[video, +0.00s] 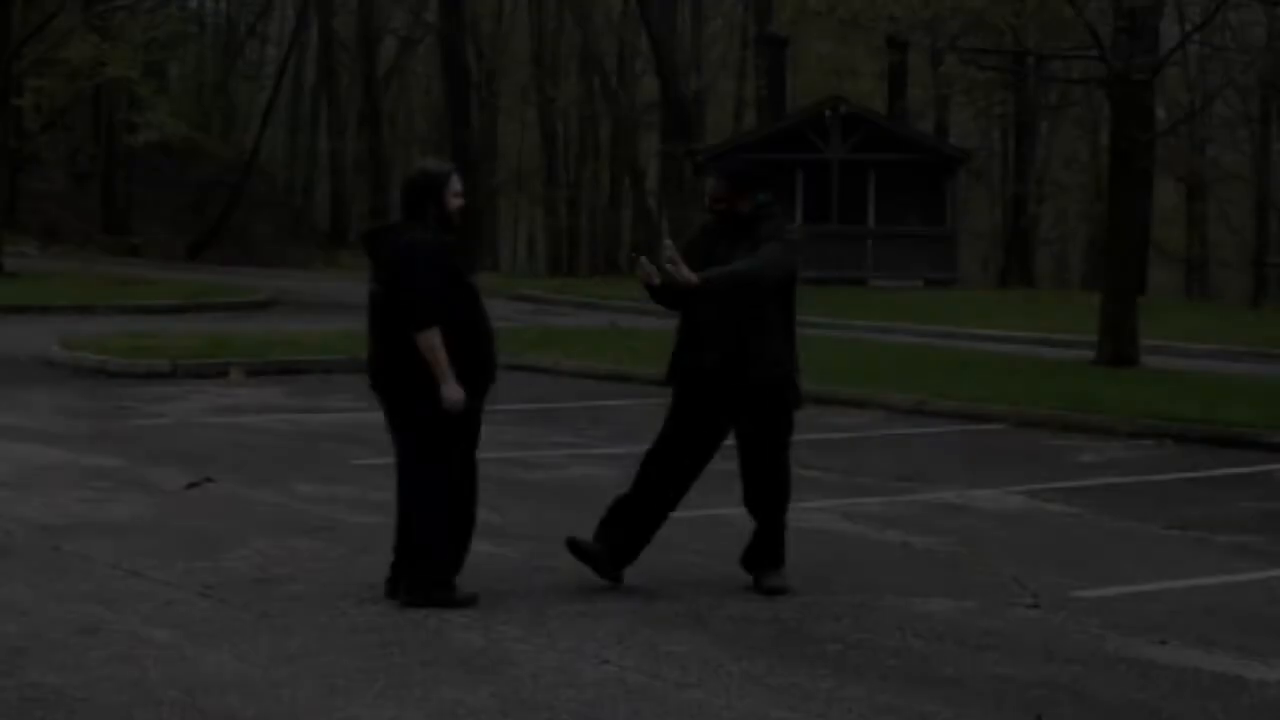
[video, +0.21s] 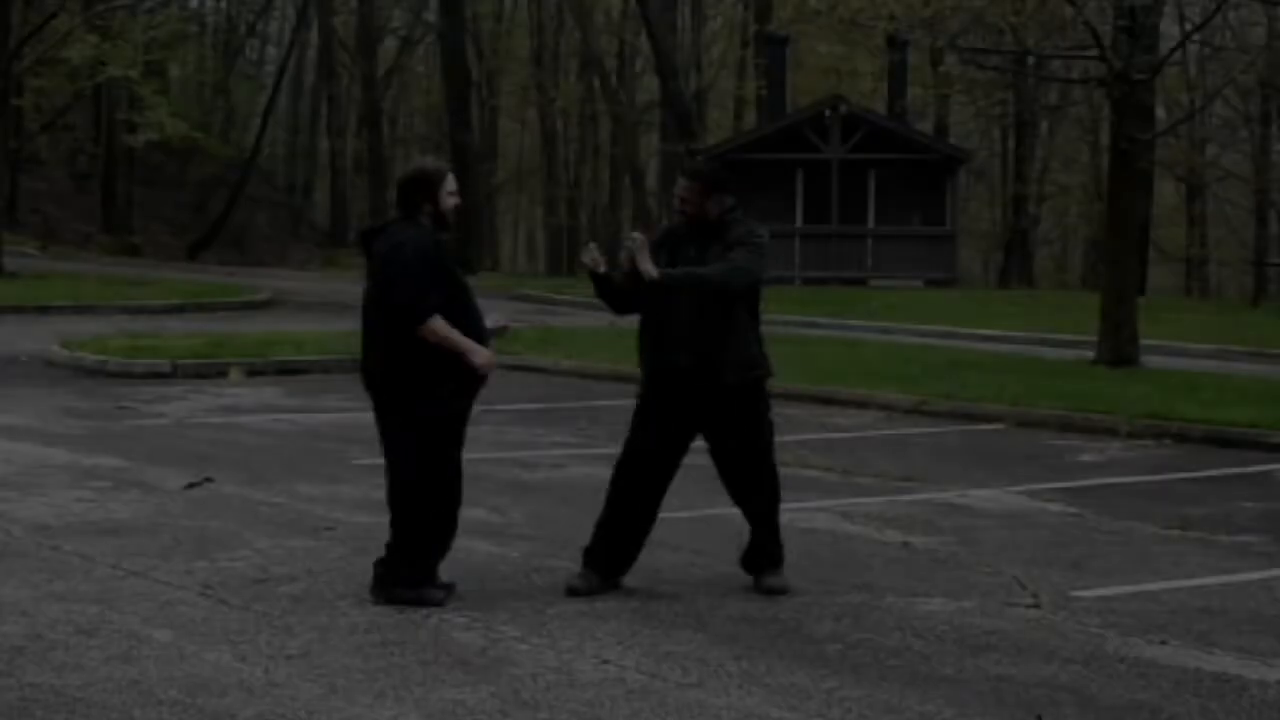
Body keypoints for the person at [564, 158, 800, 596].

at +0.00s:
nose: (713, 204)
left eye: (720, 195)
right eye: (713, 196)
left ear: (739, 197)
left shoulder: (774, 240)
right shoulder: (710, 237)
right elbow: (686, 301)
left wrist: (699, 280)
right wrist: (659, 286)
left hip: (764, 380)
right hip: (706, 378)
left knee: (767, 481)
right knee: (667, 468)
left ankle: (769, 567)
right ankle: (612, 553)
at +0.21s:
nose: (682, 207)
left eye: (690, 200)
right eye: (679, 198)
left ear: (715, 200)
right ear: (676, 198)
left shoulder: (743, 239)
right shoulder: (670, 241)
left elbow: (736, 282)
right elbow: (630, 301)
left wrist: (660, 274)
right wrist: (604, 276)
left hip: (732, 384)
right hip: (669, 384)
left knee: (754, 479)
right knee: (637, 479)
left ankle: (768, 566)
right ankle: (601, 570)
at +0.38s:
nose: (655, 205)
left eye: (665, 197)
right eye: (651, 196)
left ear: (690, 196)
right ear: (645, 193)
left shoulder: (713, 237)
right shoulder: (634, 239)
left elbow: (711, 279)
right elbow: (572, 285)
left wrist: (637, 268)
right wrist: (543, 259)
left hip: (705, 381)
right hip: (639, 382)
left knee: (735, 473)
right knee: (617, 477)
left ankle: (764, 567)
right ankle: (600, 570)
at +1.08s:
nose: (613, 212)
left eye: (622, 204)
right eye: (608, 203)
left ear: (647, 203)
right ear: (603, 203)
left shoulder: (681, 238)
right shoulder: (593, 247)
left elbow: (686, 289)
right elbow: (560, 283)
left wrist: (623, 280)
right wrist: (529, 310)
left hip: (681, 383)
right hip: (616, 387)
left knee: (720, 471)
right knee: (598, 478)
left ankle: (751, 567)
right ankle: (599, 569)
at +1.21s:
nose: (623, 212)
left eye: (633, 206)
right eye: (620, 204)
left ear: (659, 206)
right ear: (616, 205)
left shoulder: (693, 245)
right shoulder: (605, 251)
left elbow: (701, 297)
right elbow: (569, 296)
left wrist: (635, 285)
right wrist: (584, 326)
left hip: (689, 385)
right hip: (624, 387)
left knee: (737, 468)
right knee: (598, 475)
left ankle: (782, 556)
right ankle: (597, 568)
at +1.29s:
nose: (640, 213)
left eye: (649, 206)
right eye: (637, 204)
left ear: (675, 208)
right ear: (633, 204)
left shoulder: (706, 247)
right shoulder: (624, 247)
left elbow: (709, 298)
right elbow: (579, 289)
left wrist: (638, 292)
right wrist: (612, 284)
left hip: (697, 392)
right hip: (630, 394)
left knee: (750, 469)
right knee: (602, 477)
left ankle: (805, 551)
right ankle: (597, 569)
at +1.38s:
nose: (662, 213)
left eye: (671, 206)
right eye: (660, 204)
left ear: (699, 207)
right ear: (656, 204)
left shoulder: (727, 246)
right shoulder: (648, 242)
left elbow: (726, 294)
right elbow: (592, 266)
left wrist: (657, 292)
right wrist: (605, 236)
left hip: (713, 389)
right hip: (649, 388)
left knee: (763, 473)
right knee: (615, 475)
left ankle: (821, 554)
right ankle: (598, 569)